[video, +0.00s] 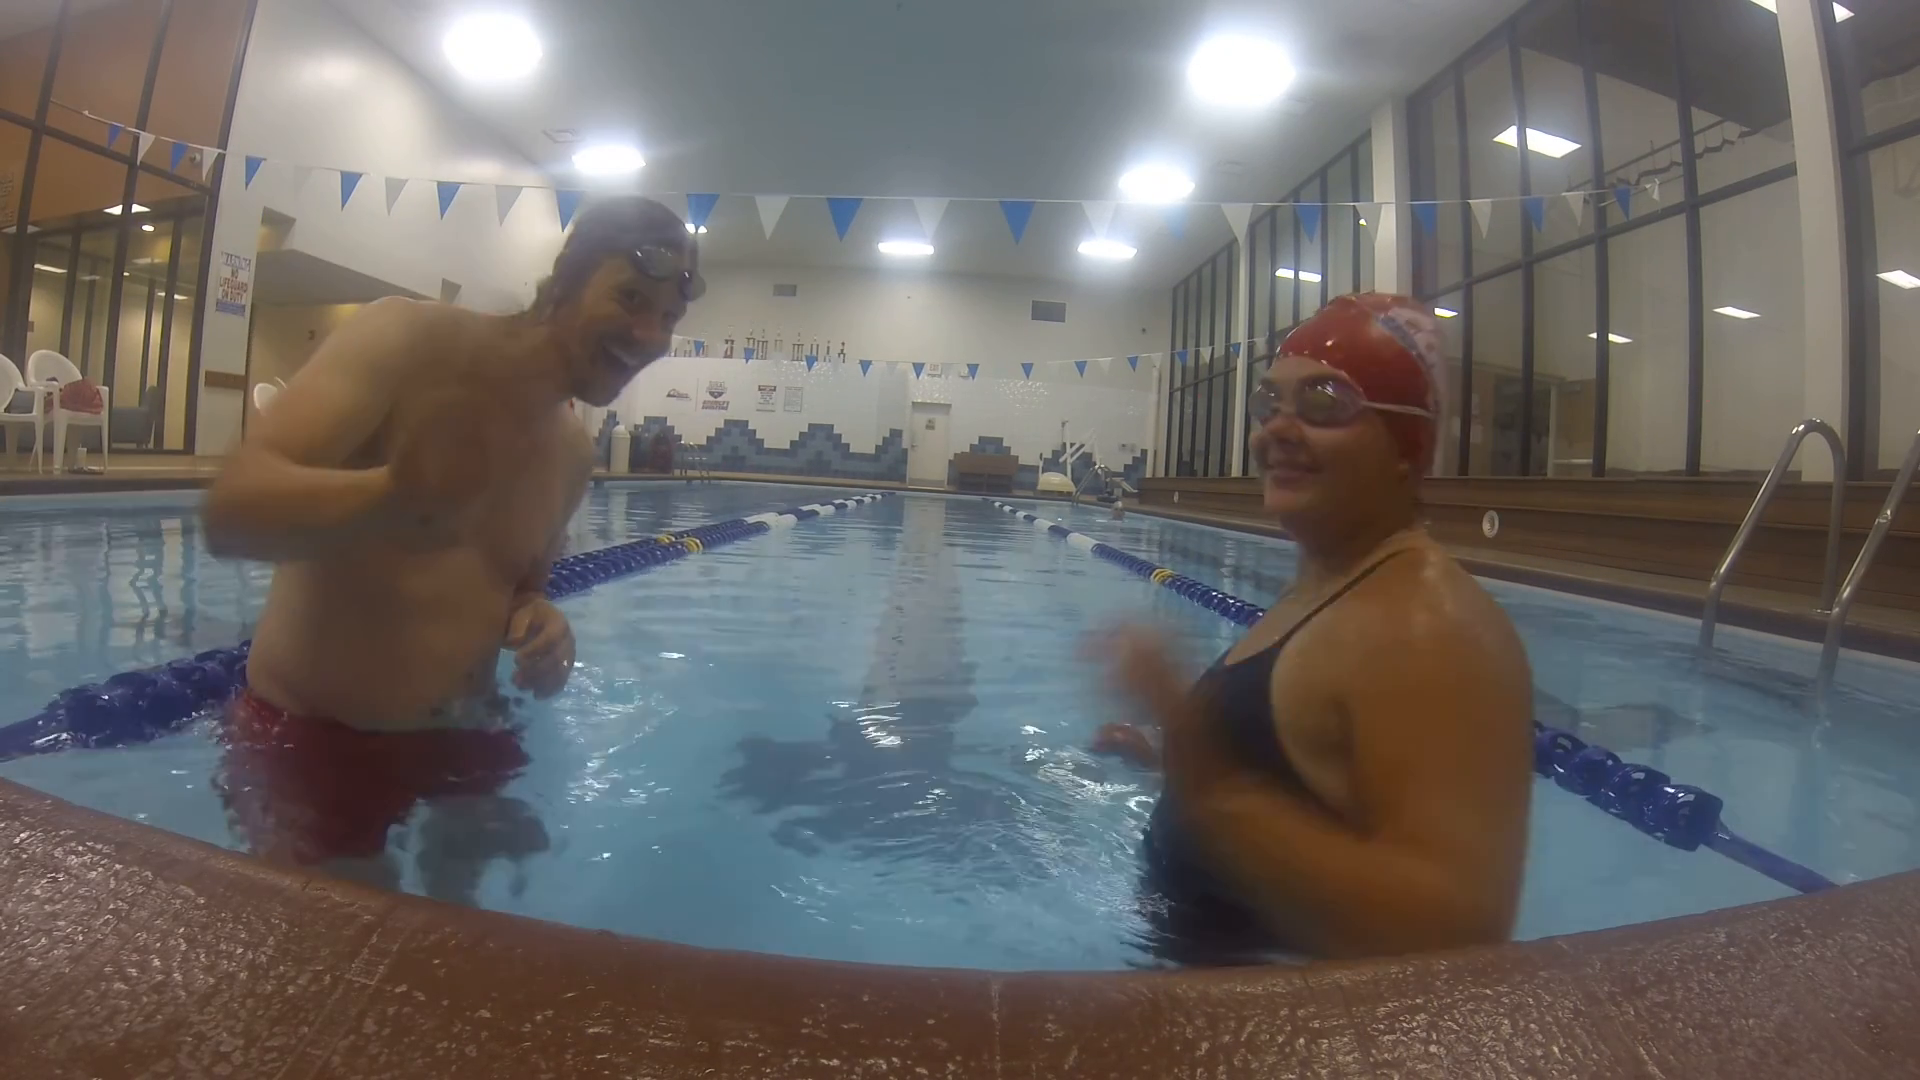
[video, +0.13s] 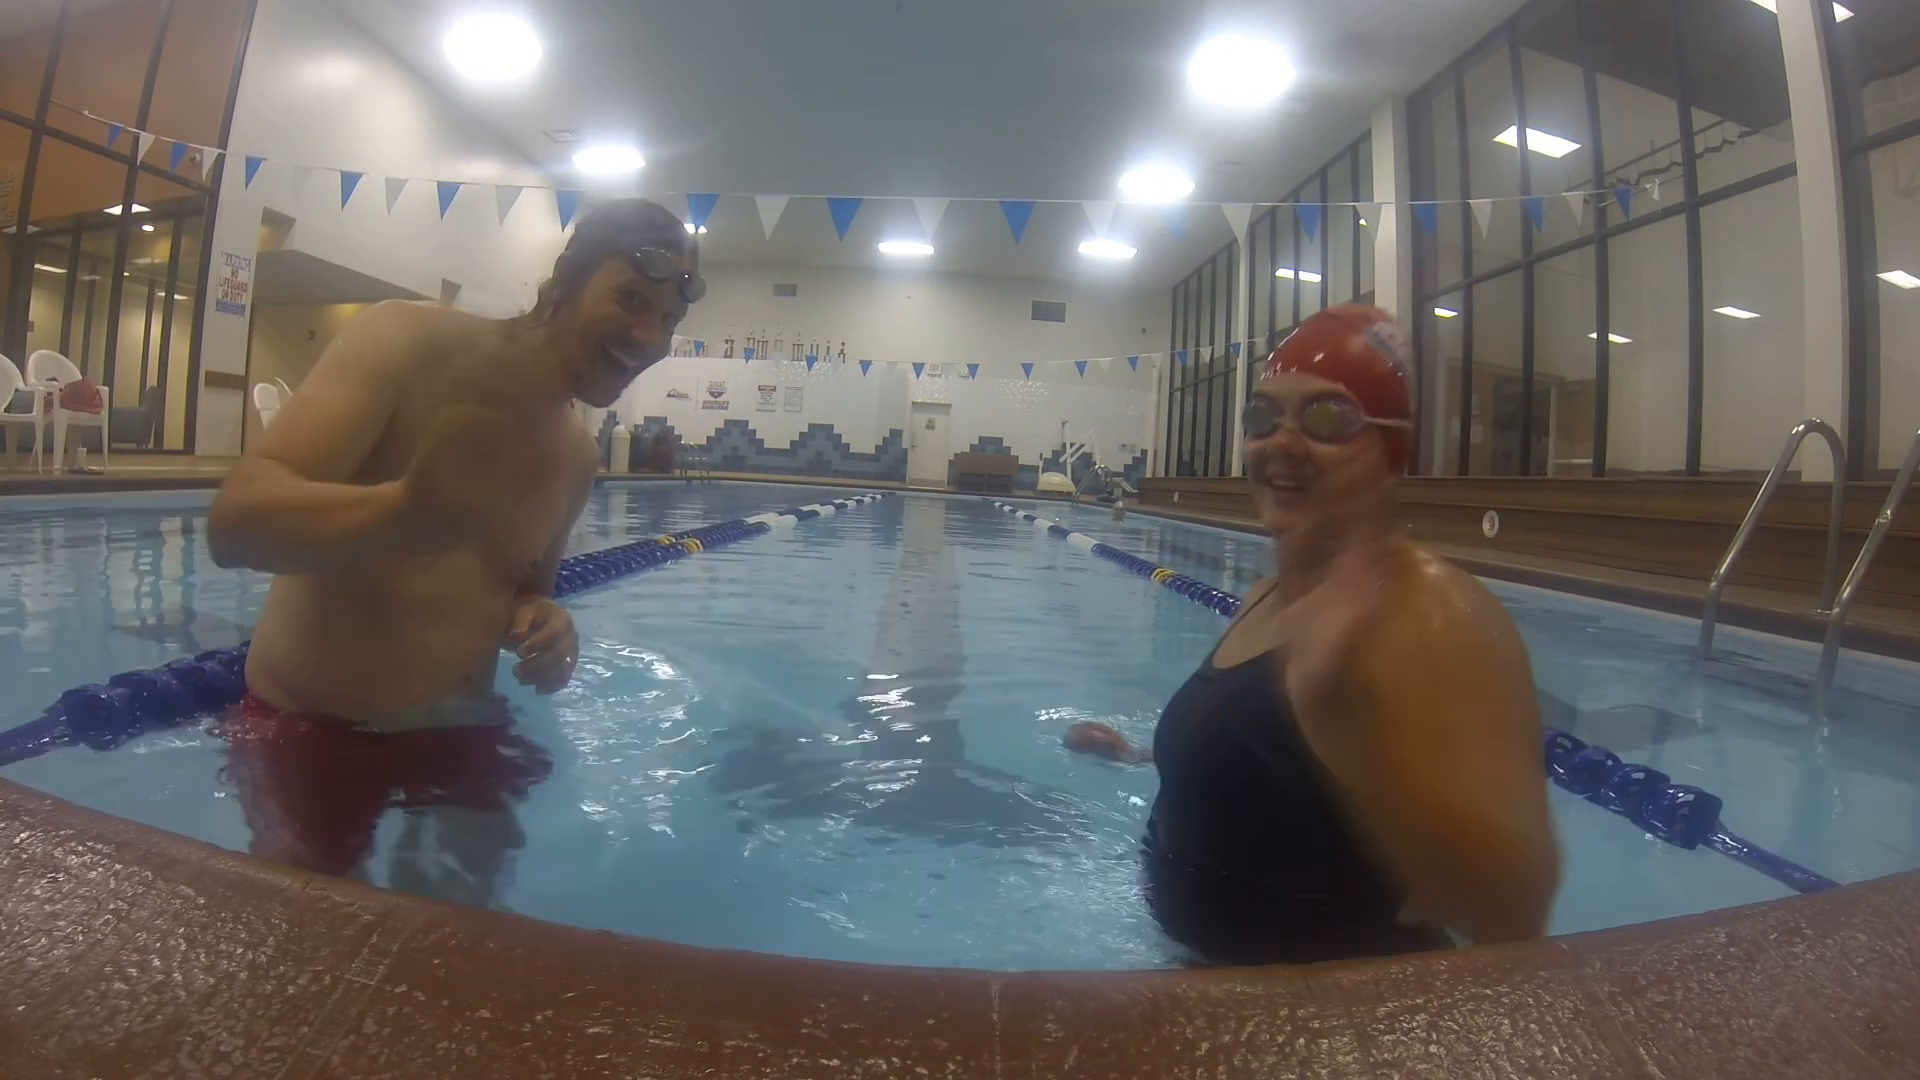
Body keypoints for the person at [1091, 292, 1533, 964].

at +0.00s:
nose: (1279, 427)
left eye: (1323, 405)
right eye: (1270, 404)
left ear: (1406, 445)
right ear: (1254, 420)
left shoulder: (1431, 635)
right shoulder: (1322, 584)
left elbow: (1452, 921)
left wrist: (1212, 788)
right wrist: (1174, 758)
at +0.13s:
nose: (1282, 443)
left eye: (1326, 420)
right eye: (1264, 417)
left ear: (1394, 452)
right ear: (1244, 435)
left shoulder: (1433, 619)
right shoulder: (1278, 597)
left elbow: (1508, 908)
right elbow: (1260, 774)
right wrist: (1135, 755)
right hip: (1220, 993)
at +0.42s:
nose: (1282, 469)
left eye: (1321, 448)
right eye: (1261, 443)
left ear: (1369, 478)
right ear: (1240, 464)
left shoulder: (1409, 619)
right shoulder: (1219, 609)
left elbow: (1599, 803)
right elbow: (1215, 742)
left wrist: (1474, 646)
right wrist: (1114, 761)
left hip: (1368, 985)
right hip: (1221, 970)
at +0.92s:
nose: (1326, 465)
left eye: (1354, 444)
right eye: (1298, 440)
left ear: (1381, 468)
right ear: (1259, 460)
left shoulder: (1438, 593)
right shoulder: (1201, 606)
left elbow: (1633, 729)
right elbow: (1166, 723)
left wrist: (1531, 631)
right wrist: (1086, 748)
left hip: (1405, 938)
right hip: (1245, 931)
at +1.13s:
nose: (1345, 463)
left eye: (1373, 442)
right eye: (1316, 438)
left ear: (1397, 468)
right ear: (1276, 457)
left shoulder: (1452, 593)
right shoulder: (1216, 601)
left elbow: (1646, 728)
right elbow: (1182, 722)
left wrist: (1538, 623)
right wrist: (1081, 761)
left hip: (1417, 928)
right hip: (1264, 924)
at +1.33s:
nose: (1353, 466)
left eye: (1385, 444)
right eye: (1326, 439)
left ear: (1414, 468)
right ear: (1292, 457)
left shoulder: (1461, 593)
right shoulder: (1245, 595)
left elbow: (1646, 760)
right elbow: (1240, 721)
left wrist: (1515, 638)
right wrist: (1124, 747)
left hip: (1424, 939)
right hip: (1266, 926)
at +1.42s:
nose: (1353, 465)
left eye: (1386, 443)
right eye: (1326, 438)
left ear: (1418, 467)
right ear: (1293, 459)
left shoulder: (1470, 594)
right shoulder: (1261, 593)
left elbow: (1649, 763)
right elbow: (1263, 730)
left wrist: (1489, 642)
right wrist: (1141, 741)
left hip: (1436, 934)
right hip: (1286, 925)